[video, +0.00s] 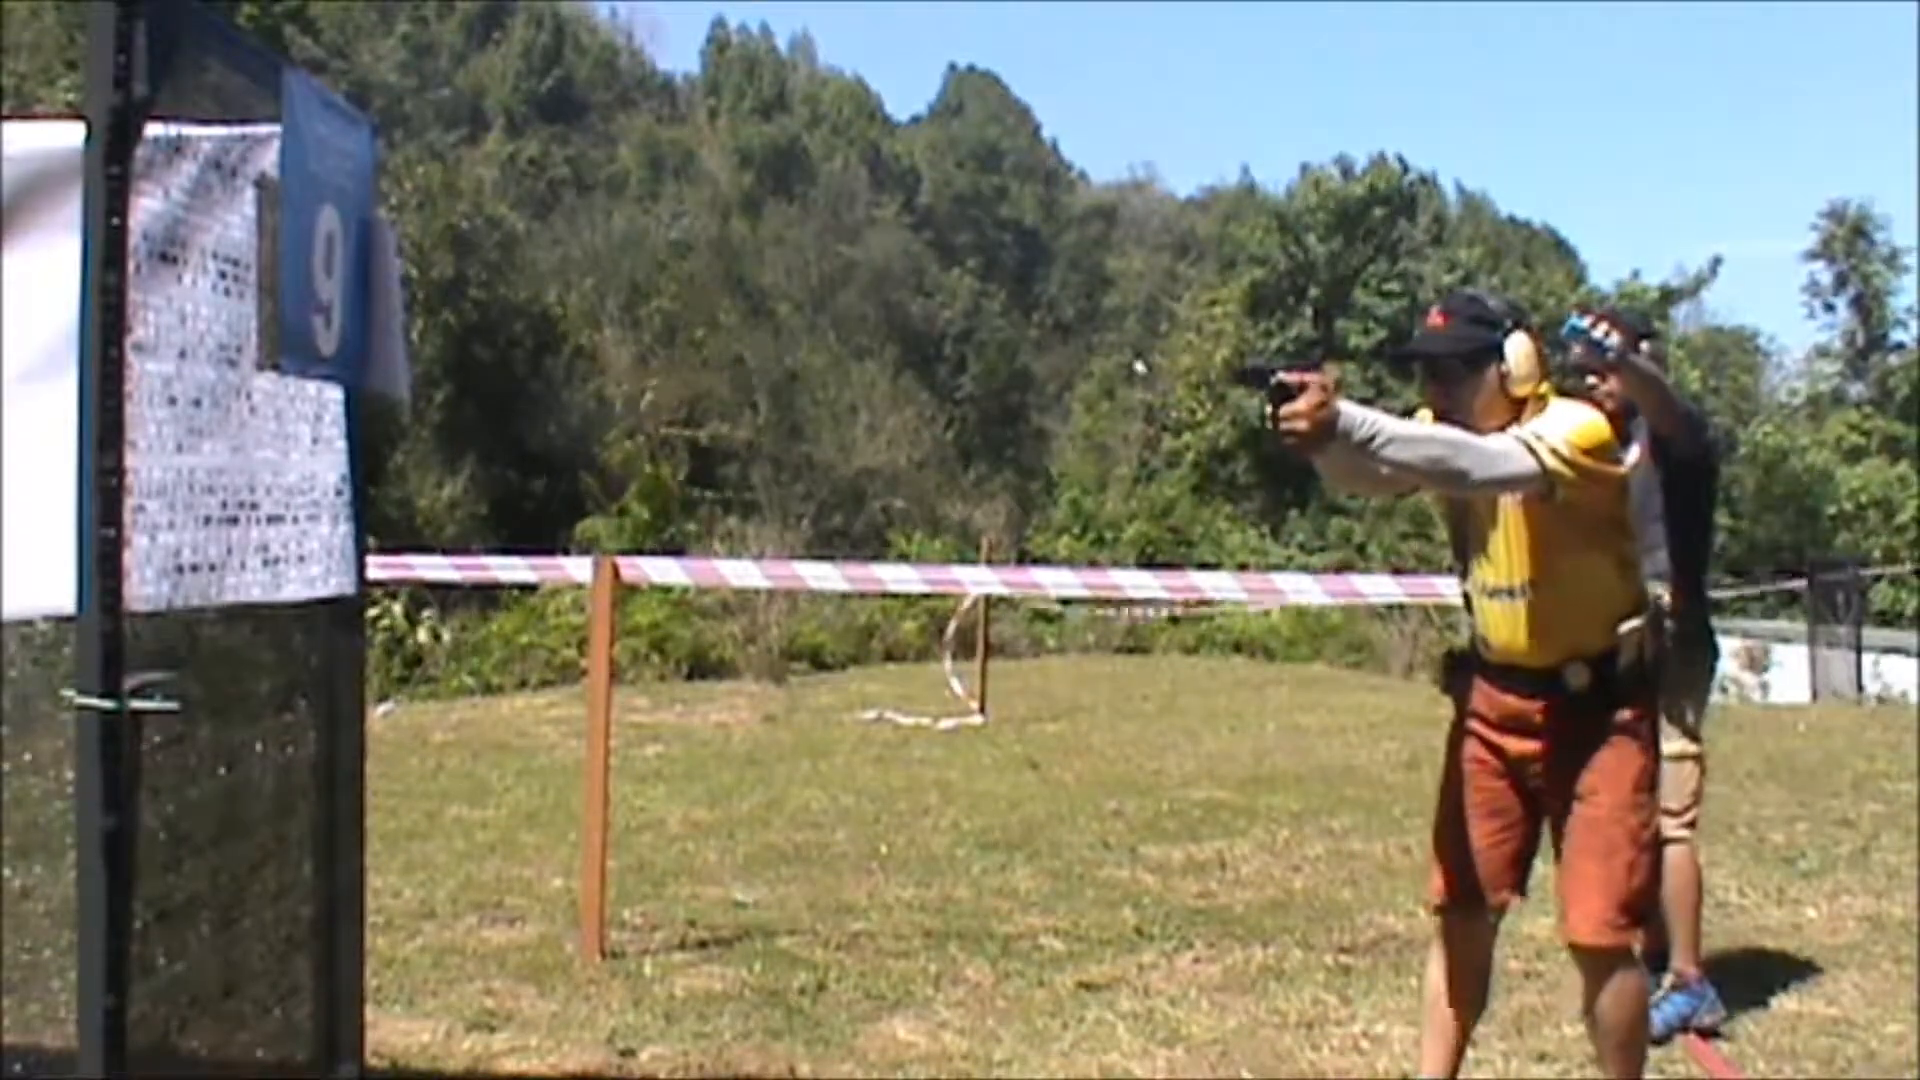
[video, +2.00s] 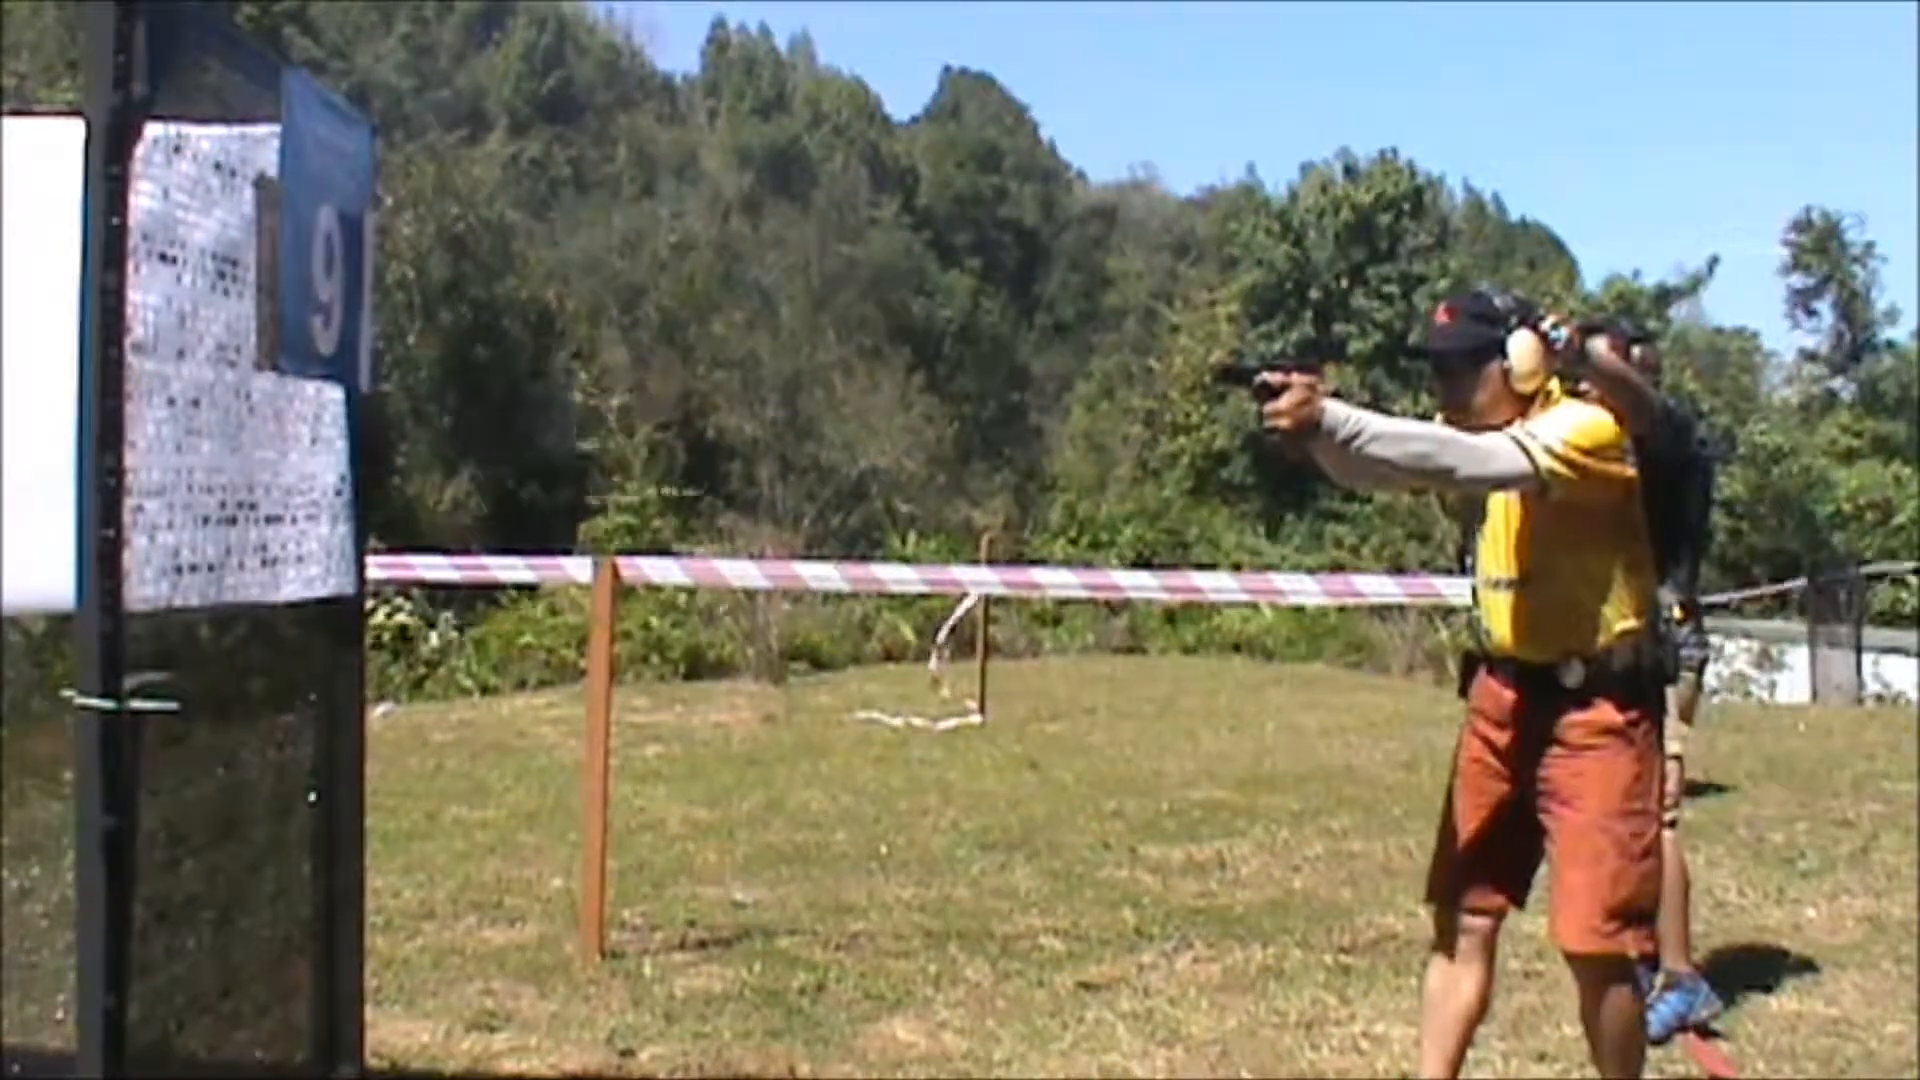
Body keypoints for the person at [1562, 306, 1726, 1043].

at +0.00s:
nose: (1595, 388)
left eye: (1608, 374)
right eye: (1587, 375)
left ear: (1642, 374)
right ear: (1580, 381)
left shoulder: (1682, 444)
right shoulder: (1584, 441)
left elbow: (1671, 419)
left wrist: (1628, 363)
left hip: (1670, 633)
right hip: (1595, 633)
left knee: (1670, 809)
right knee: (1610, 806)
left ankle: (1686, 975)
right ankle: (1632, 966)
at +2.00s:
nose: (1607, 374)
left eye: (1620, 362)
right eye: (1602, 363)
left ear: (1644, 370)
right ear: (1596, 371)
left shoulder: (1671, 438)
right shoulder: (1583, 437)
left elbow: (1619, 379)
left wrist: (1581, 356)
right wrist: (1543, 364)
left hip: (1660, 629)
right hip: (1600, 631)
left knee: (1659, 809)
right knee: (1618, 807)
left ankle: (1678, 970)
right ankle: (1637, 967)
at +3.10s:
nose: (1581, 392)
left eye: (1595, 378)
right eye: (1579, 380)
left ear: (1631, 375)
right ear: (1584, 385)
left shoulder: (1670, 445)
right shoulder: (1599, 452)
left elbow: (1625, 387)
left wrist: (1573, 347)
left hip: (1658, 647)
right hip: (1608, 645)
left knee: (1646, 818)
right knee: (1624, 820)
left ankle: (1684, 977)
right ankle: (1652, 964)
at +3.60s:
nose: (1521, 404)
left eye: (1531, 389)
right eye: (1519, 392)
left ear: (1558, 384)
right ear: (1528, 396)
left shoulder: (1597, 447)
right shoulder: (1578, 459)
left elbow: (1565, 404)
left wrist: (1514, 364)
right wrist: (1495, 529)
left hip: (1585, 655)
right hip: (1608, 655)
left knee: (1530, 810)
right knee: (1617, 810)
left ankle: (1527, 975)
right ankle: (1657, 965)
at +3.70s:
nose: (1477, 413)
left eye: (1490, 398)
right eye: (1474, 400)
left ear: (1521, 395)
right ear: (1478, 405)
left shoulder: (1559, 457)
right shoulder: (1522, 471)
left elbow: (1519, 413)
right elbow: (1506, 549)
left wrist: (1472, 372)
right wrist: (1462, 529)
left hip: (1551, 665)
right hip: (1560, 663)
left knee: (1489, 820)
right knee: (1597, 816)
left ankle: (1441, 973)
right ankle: (1656, 965)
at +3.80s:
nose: (1456, 385)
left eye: (1467, 376)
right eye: (1455, 376)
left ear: (1500, 386)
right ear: (1471, 393)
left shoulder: (1530, 452)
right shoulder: (1485, 465)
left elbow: (1475, 411)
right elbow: (1474, 556)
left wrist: (1437, 379)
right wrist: (1443, 529)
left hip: (1515, 672)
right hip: (1533, 669)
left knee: (1456, 826)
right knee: (1576, 815)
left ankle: (1420, 979)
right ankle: (1654, 963)